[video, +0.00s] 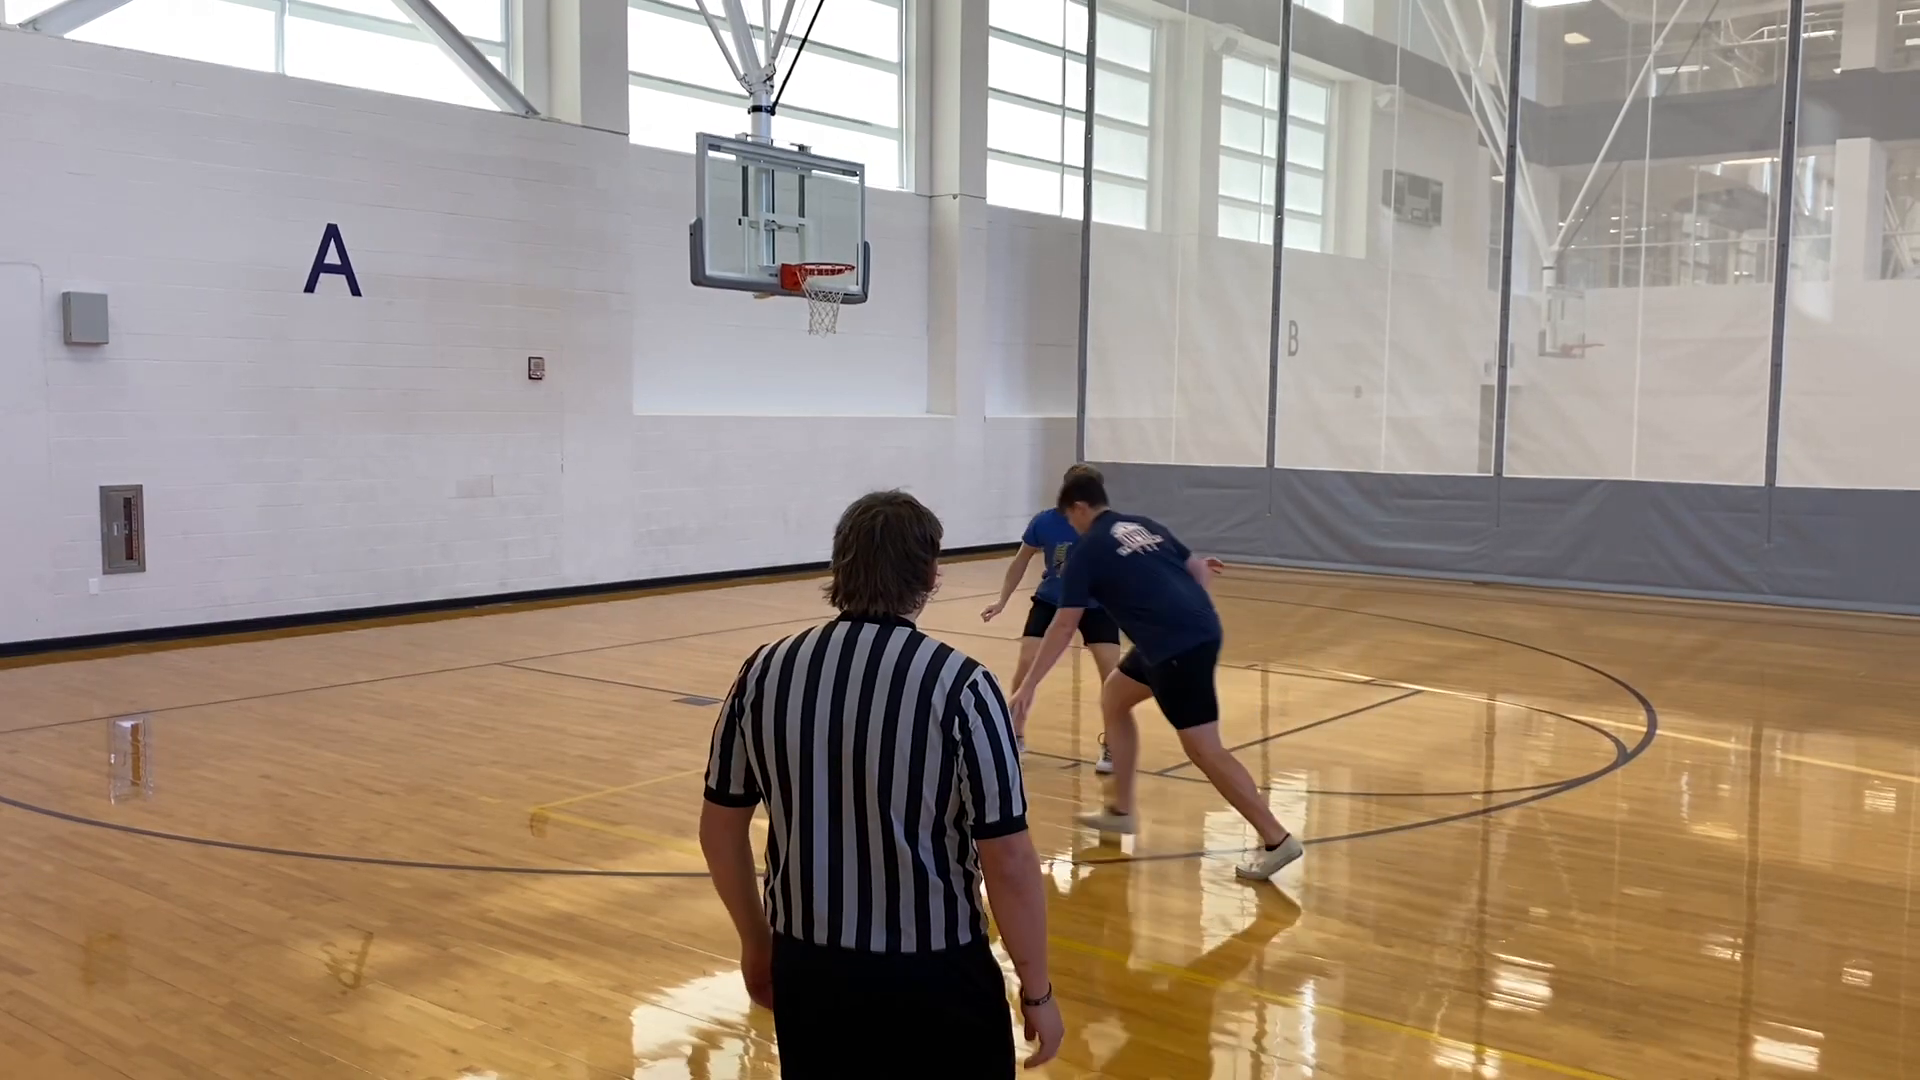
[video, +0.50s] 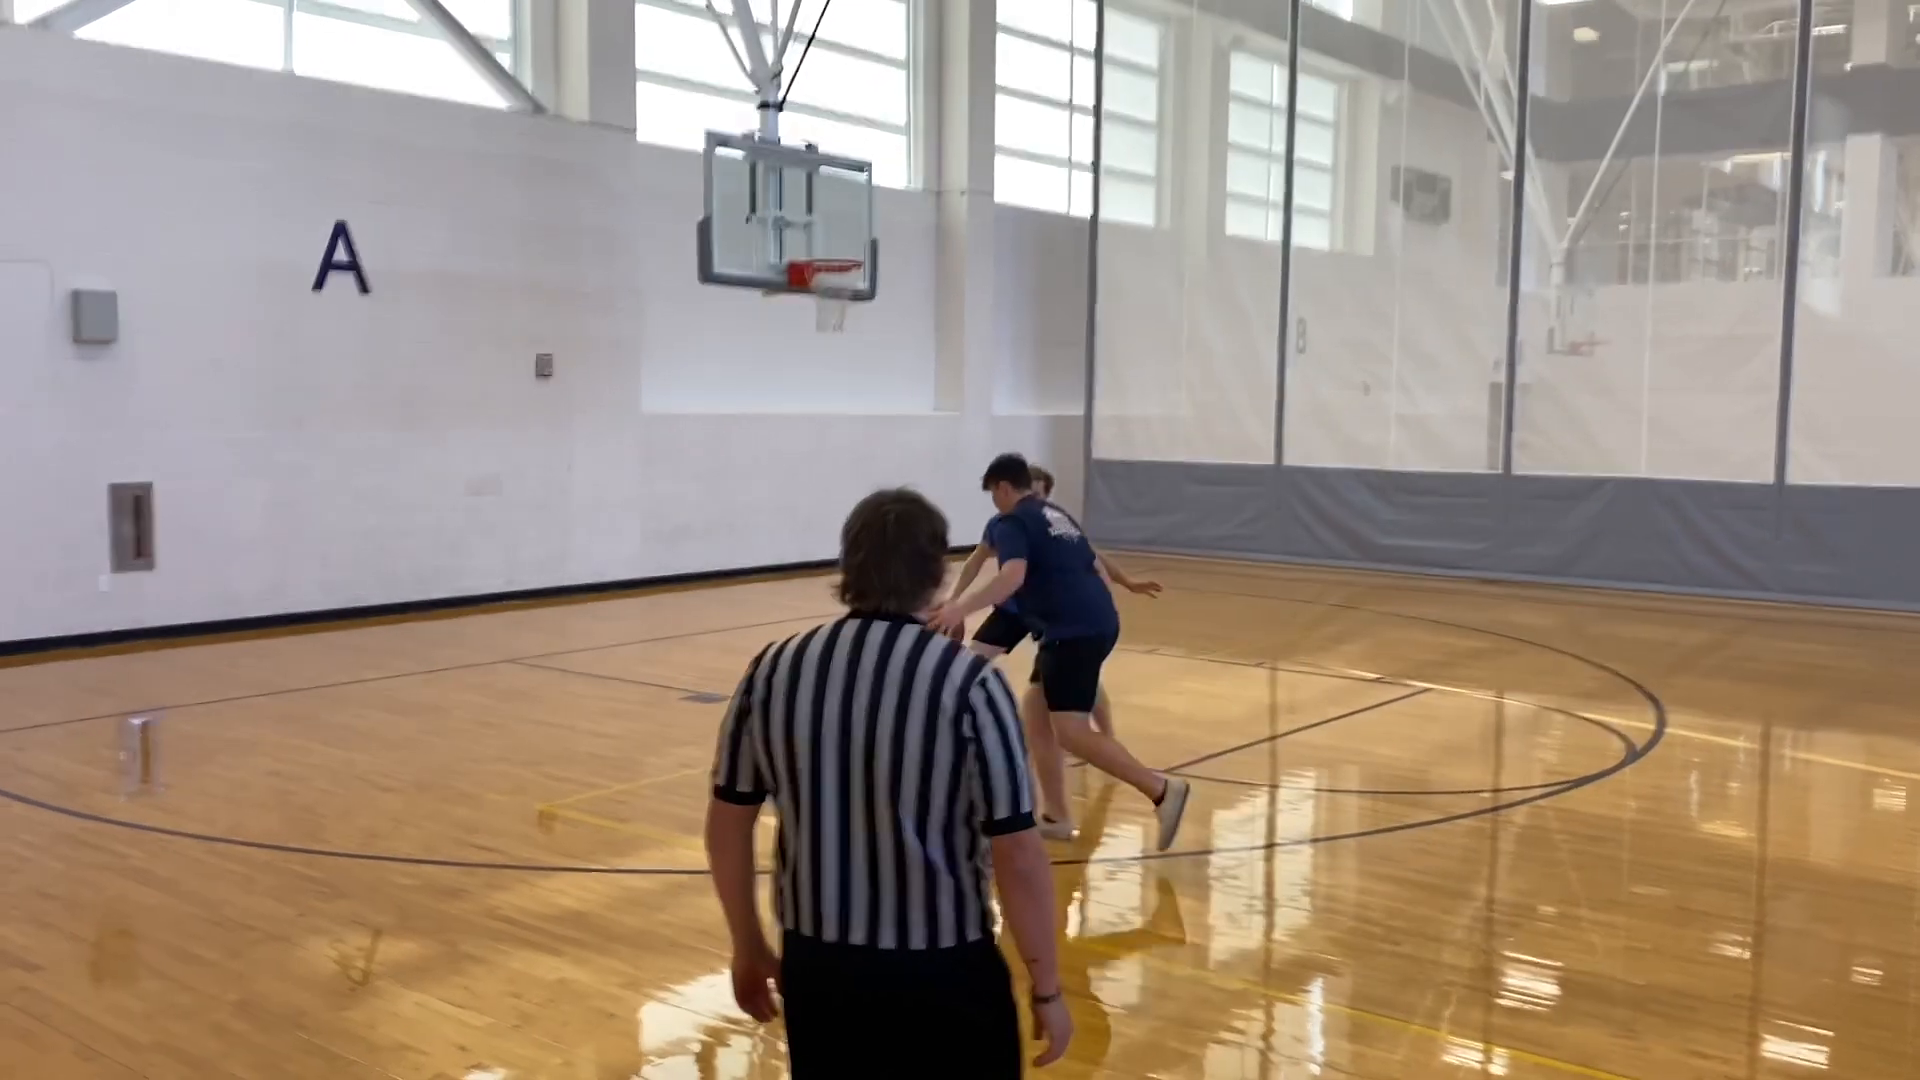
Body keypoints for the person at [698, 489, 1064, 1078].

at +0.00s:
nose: (938, 574)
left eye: (936, 558)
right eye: (936, 560)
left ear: (843, 565)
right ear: (925, 573)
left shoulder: (766, 670)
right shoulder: (961, 685)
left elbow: (720, 829)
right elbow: (1009, 861)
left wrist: (755, 938)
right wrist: (1037, 990)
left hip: (808, 979)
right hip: (941, 982)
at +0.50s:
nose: (945, 575)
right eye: (943, 562)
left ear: (849, 568)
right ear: (937, 572)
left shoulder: (775, 669)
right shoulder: (970, 684)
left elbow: (727, 823)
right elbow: (1017, 853)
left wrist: (747, 945)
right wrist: (1048, 989)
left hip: (820, 980)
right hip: (950, 982)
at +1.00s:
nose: (950, 582)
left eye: (945, 566)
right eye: (947, 568)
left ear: (849, 572)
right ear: (937, 578)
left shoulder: (772, 676)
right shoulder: (973, 689)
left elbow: (725, 831)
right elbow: (1020, 862)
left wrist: (744, 950)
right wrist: (1047, 988)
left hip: (816, 984)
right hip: (948, 988)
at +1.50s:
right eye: (943, 573)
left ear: (844, 577)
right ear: (937, 584)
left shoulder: (771, 677)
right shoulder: (972, 690)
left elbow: (727, 834)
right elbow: (1021, 861)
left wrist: (755, 949)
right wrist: (1045, 976)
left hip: (816, 981)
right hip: (949, 986)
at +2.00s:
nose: (942, 575)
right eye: (938, 562)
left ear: (842, 564)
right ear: (930, 575)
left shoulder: (768, 669)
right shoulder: (968, 683)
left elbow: (723, 828)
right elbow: (1016, 853)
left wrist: (756, 940)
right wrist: (1039, 963)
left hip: (812, 976)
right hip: (945, 978)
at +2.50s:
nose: (940, 573)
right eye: (936, 561)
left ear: (841, 565)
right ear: (929, 571)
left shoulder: (768, 668)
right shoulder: (968, 681)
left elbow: (724, 828)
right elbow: (1019, 852)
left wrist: (758, 938)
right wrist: (1037, 955)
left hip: (814, 973)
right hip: (947, 977)